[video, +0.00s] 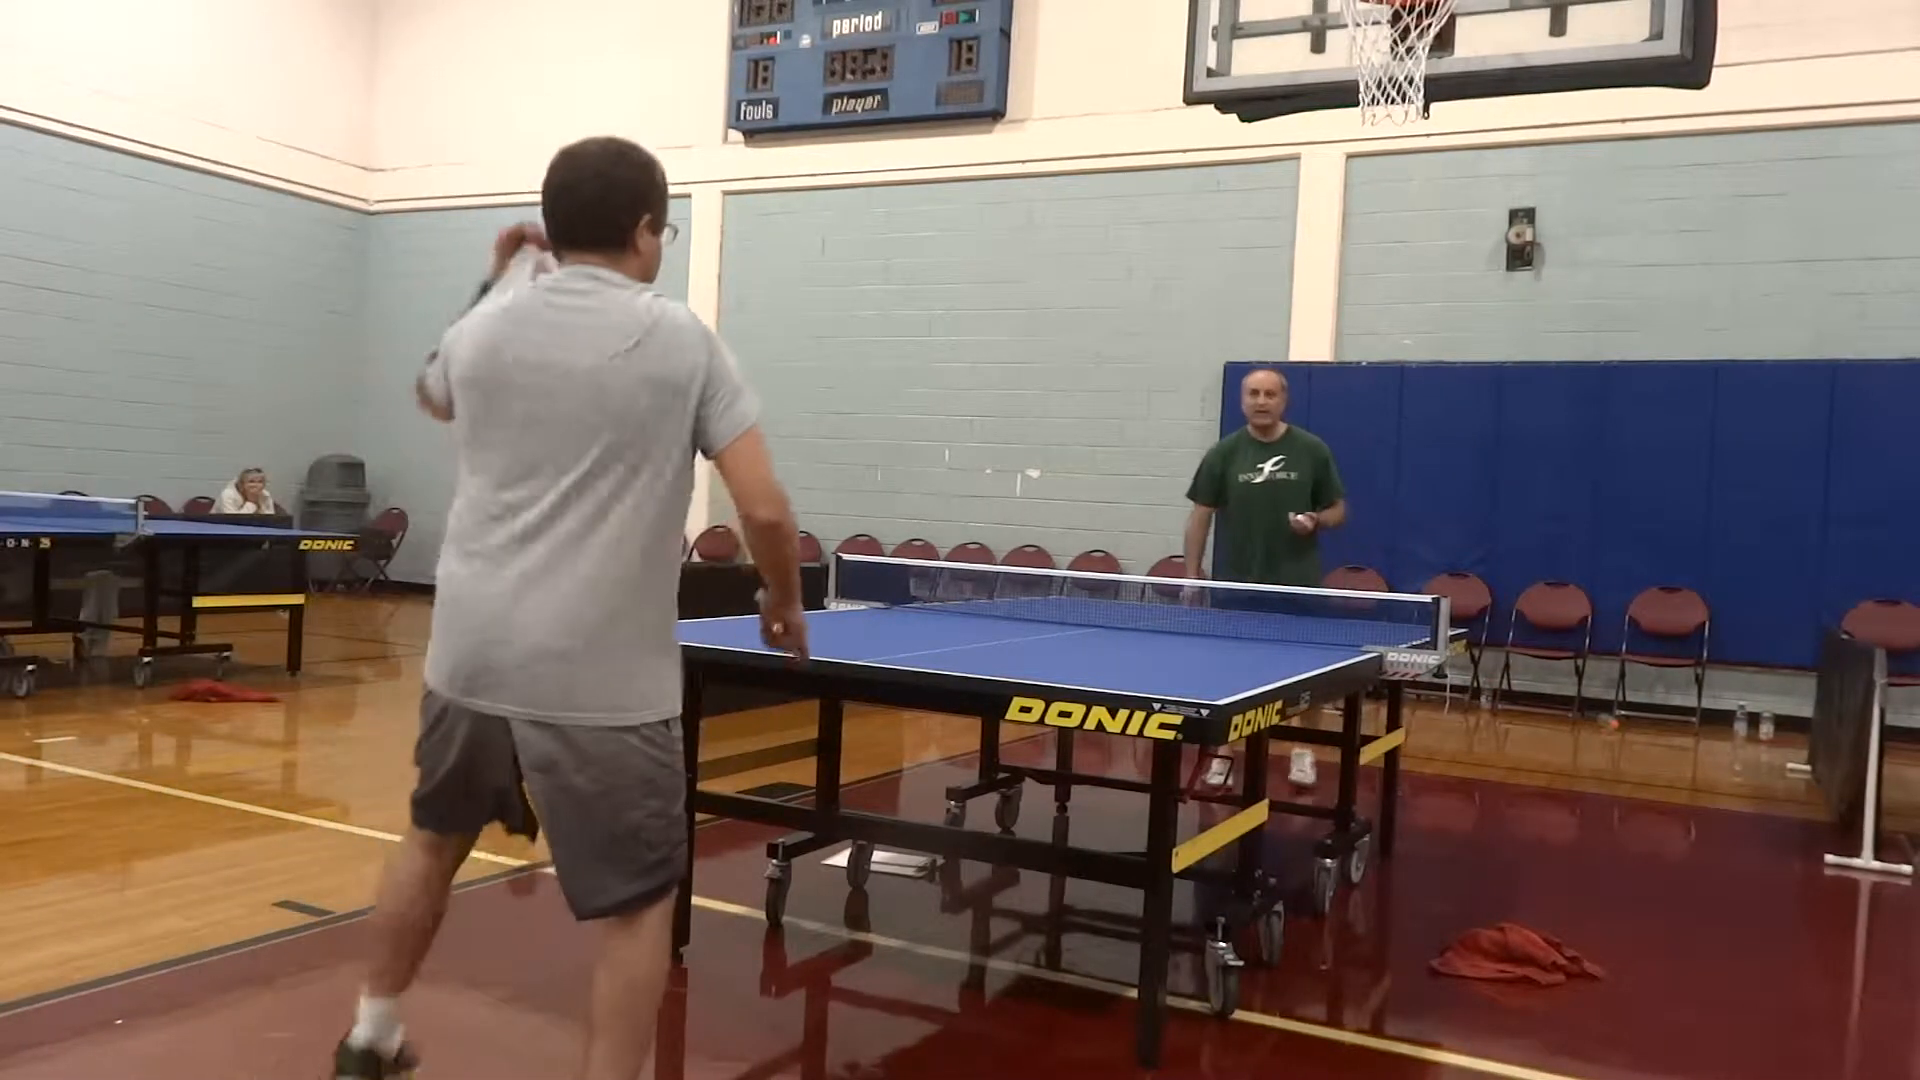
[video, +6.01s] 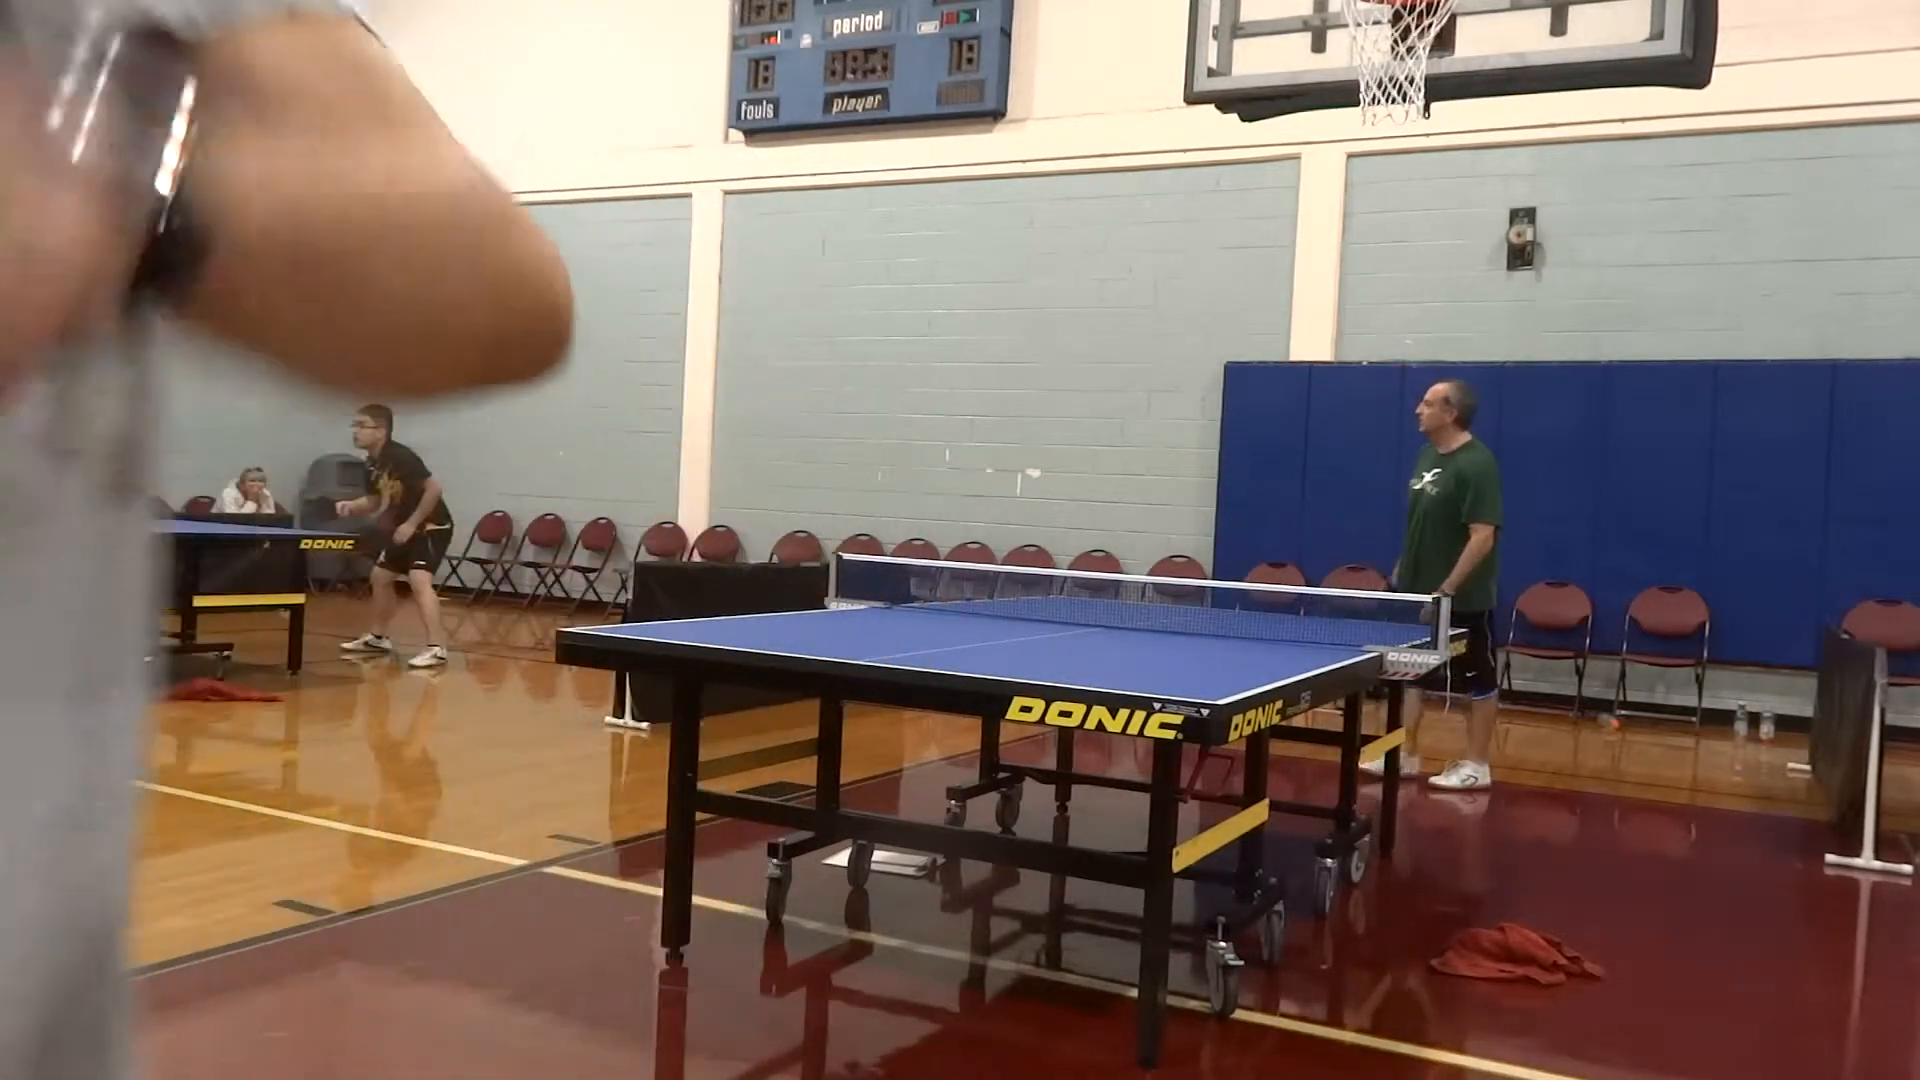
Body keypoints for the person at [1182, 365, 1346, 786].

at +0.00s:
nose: (1261, 401)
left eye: (1270, 394)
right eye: (1253, 394)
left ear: (1284, 400)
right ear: (1242, 400)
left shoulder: (1313, 452)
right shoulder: (1223, 454)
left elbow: (1337, 510)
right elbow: (1200, 516)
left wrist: (1316, 519)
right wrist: (1191, 576)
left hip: (1298, 589)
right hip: (1237, 588)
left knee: (1303, 671)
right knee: (1229, 665)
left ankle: (1302, 750)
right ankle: (1221, 750)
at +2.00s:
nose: (1279, 420)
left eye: (1285, 412)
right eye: (1269, 411)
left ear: (1292, 416)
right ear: (1249, 414)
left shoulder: (1307, 463)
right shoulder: (1225, 459)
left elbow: (1326, 524)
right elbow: (1214, 531)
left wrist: (1356, 548)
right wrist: (1277, 548)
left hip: (1286, 590)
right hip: (1227, 589)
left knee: (1302, 669)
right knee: (1219, 666)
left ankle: (1301, 753)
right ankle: (1211, 757)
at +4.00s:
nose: (1337, 405)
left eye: (1347, 400)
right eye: (1330, 397)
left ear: (1357, 414)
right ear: (1312, 405)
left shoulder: (1376, 466)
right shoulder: (1281, 462)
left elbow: (1405, 522)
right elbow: (1245, 524)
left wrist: (1434, 575)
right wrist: (1247, 576)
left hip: (1364, 605)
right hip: (1292, 604)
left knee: (1390, 692)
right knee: (1256, 681)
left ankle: (1393, 782)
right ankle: (1242, 766)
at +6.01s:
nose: (1418, 409)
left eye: (1427, 404)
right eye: (1421, 402)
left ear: (1452, 414)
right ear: (1442, 412)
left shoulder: (1478, 463)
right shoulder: (1428, 453)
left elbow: (1483, 537)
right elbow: (1420, 527)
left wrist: (1446, 590)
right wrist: (1400, 572)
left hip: (1466, 599)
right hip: (1417, 593)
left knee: (1479, 685)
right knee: (1409, 677)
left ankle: (1477, 765)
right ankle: (1403, 755)